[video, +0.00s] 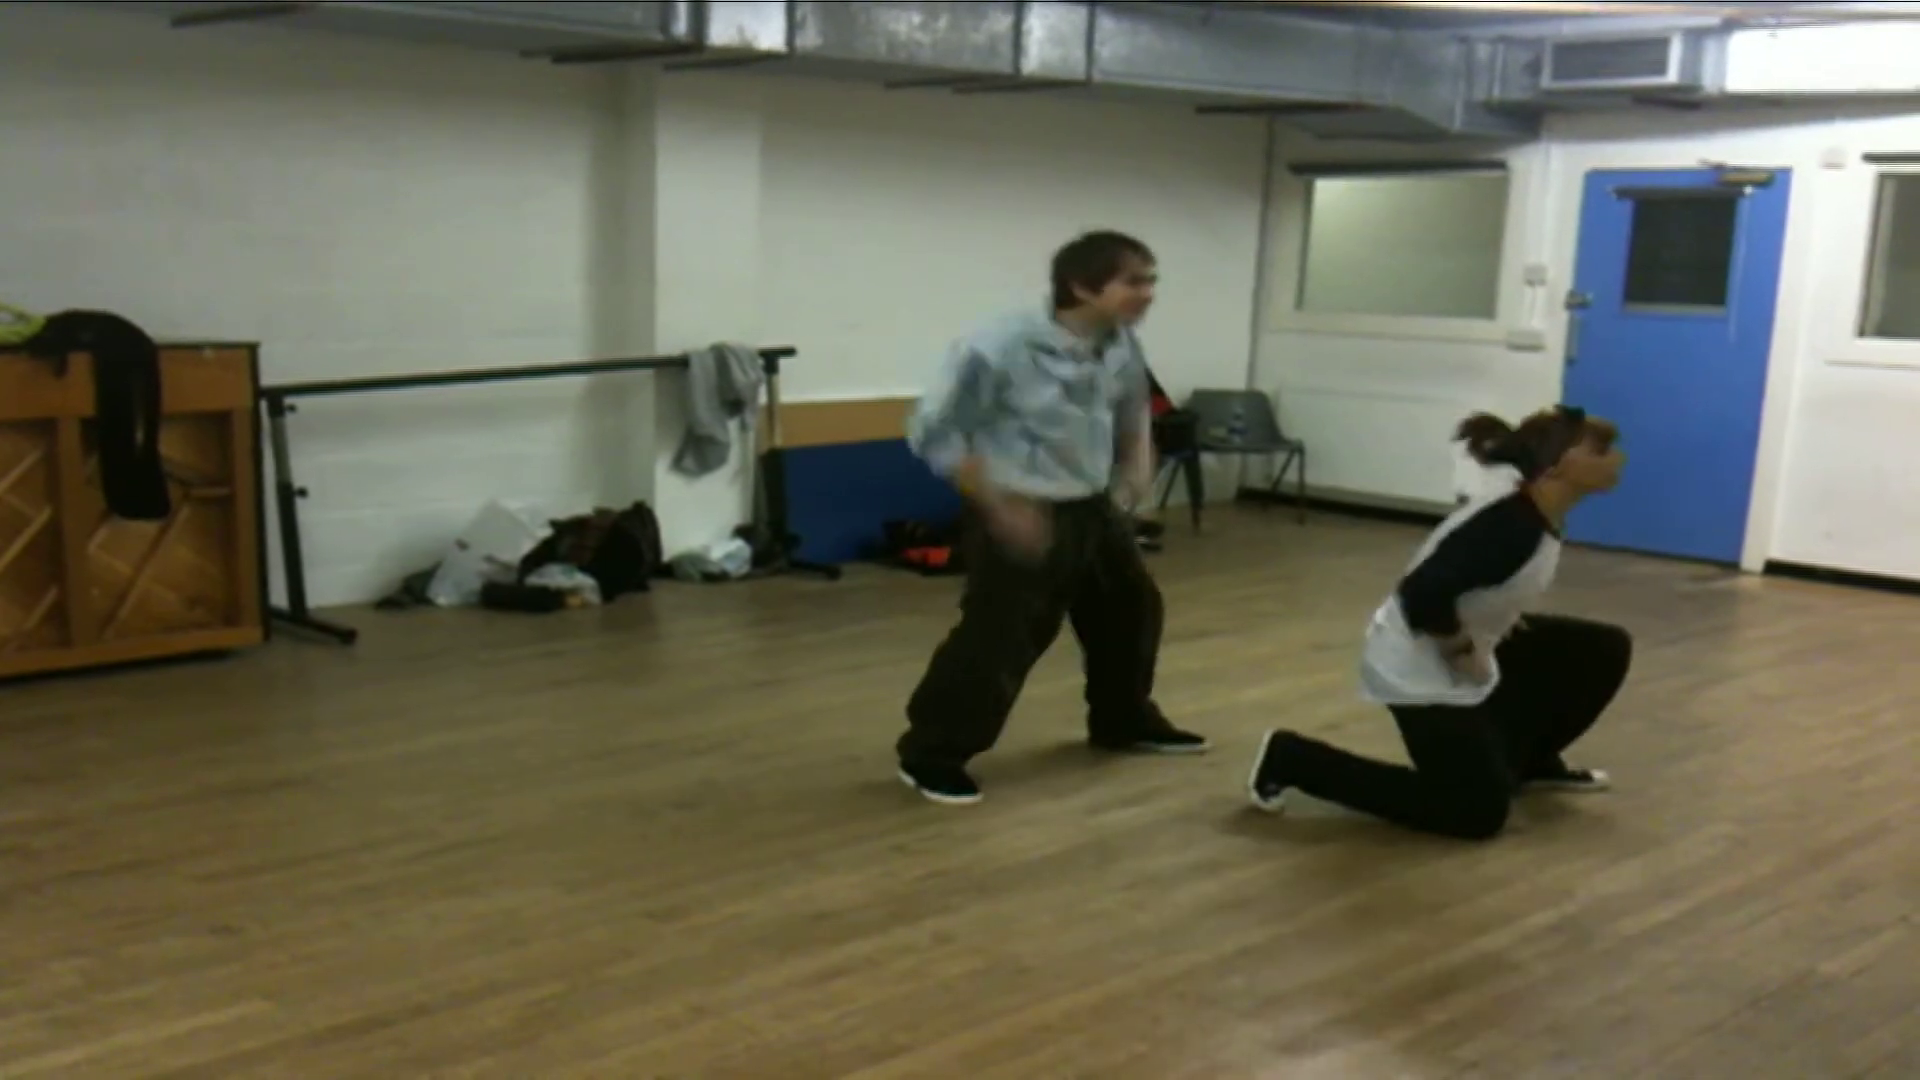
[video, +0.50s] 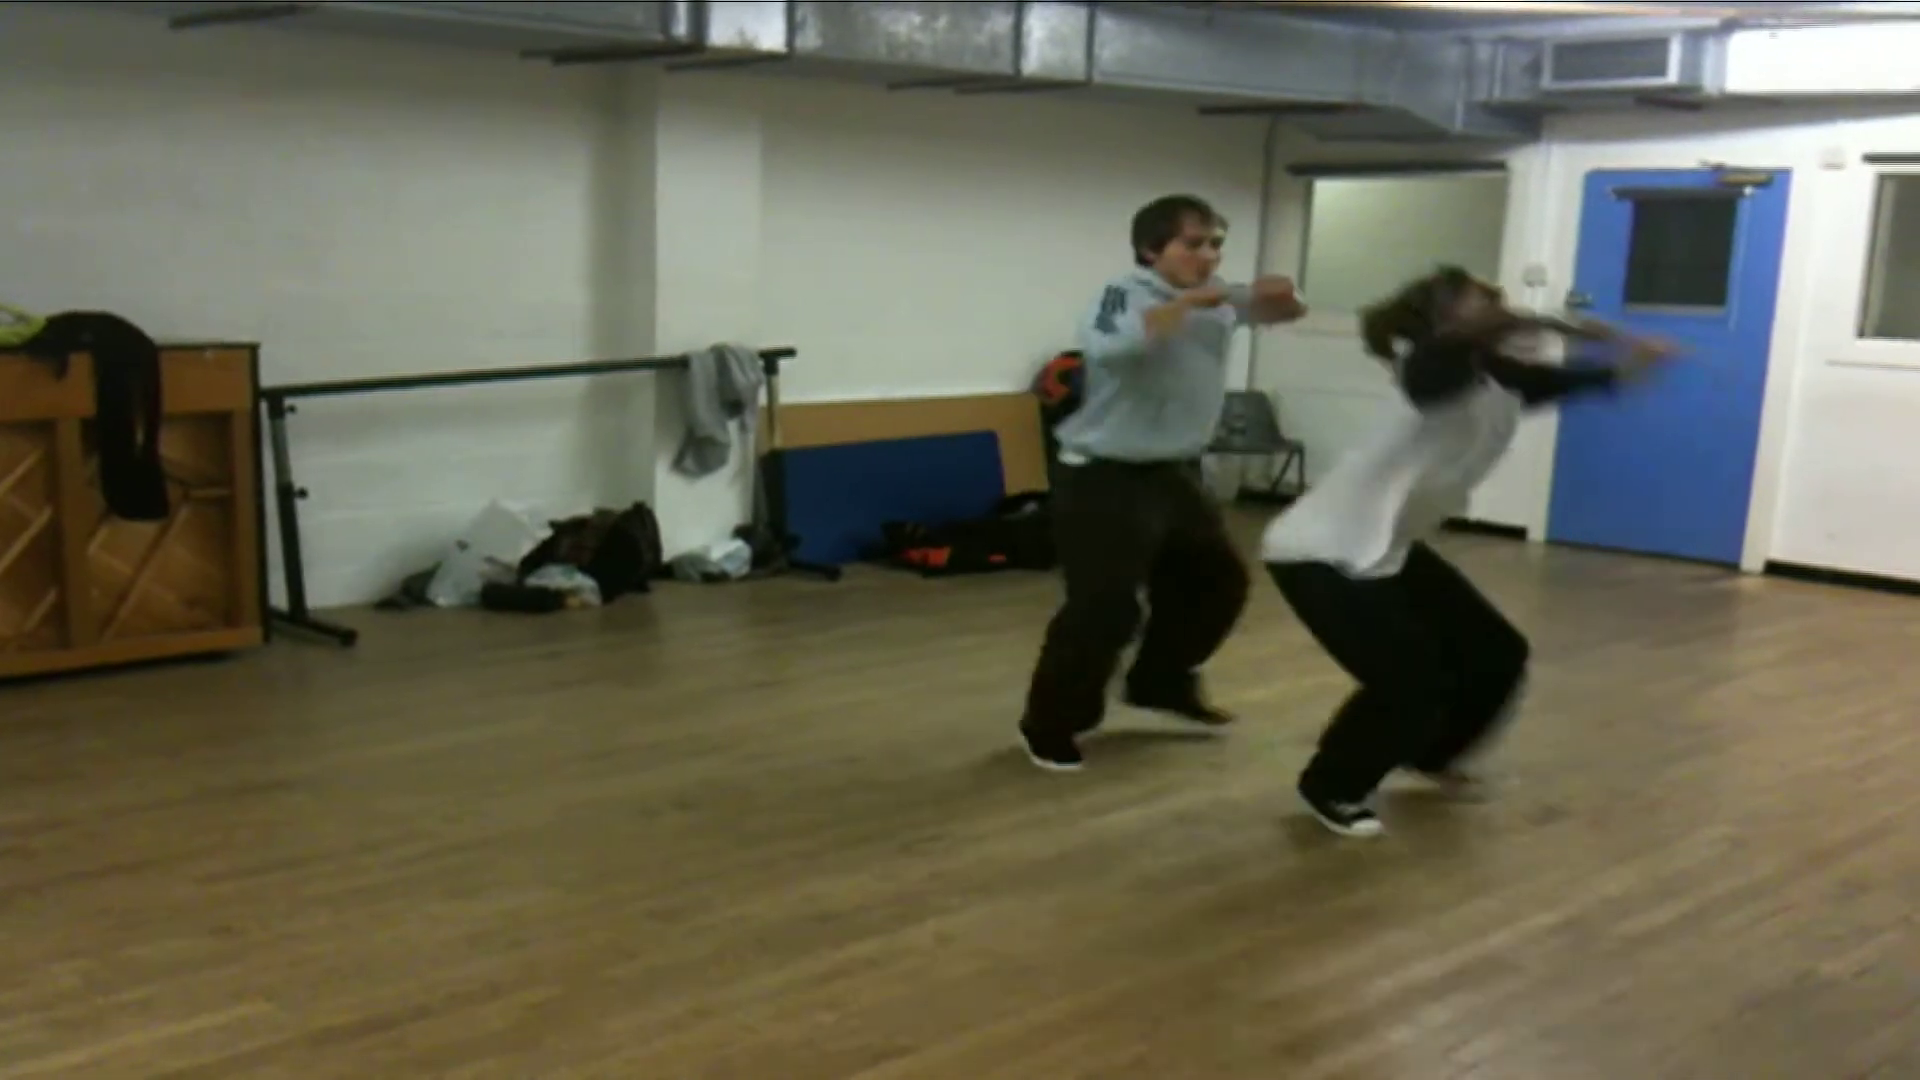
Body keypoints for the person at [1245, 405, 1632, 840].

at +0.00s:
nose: (1613, 453)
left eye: (1606, 444)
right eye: (1598, 448)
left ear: (1555, 471)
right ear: (1555, 471)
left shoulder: (1536, 512)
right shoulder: (1507, 526)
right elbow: (1422, 592)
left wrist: (1500, 620)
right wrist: (1458, 645)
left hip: (1476, 649)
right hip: (1420, 667)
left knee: (1604, 650)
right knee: (1474, 811)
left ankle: (1532, 760)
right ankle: (1293, 759)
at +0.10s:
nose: (1612, 439)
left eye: (1604, 430)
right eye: (1597, 436)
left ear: (1557, 463)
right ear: (1557, 464)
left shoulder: (1545, 495)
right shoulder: (1534, 505)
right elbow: (1461, 564)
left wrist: (1498, 617)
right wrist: (1480, 632)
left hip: (1480, 637)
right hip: (1427, 657)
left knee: (1609, 653)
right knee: (1470, 800)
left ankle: (1534, 760)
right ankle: (1284, 758)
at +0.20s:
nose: (1598, 407)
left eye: (1590, 397)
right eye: (1584, 400)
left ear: (1546, 420)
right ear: (1552, 418)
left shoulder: (1521, 461)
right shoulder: (1533, 479)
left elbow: (1513, 559)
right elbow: (1489, 574)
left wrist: (1562, 604)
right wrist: (1522, 646)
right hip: (1423, 635)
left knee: (1609, 654)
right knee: (1476, 767)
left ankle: (1532, 759)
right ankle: (1283, 758)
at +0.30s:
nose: (1572, 374)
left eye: (1566, 363)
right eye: (1556, 366)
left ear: (1527, 391)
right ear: (1520, 388)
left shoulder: (1533, 451)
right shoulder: (1497, 451)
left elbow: (1577, 531)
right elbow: (1569, 528)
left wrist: (1633, 575)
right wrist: (1636, 574)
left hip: (1469, 589)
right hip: (1402, 603)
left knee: (1587, 654)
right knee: (1490, 707)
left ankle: (1535, 760)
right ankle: (1314, 753)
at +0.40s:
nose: (1538, 346)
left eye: (1531, 336)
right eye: (1520, 338)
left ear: (1490, 361)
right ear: (1482, 357)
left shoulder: (1493, 411)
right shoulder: (1473, 415)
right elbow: (1574, 456)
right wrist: (1681, 461)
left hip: (1428, 570)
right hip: (1359, 577)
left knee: (1537, 657)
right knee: (1464, 675)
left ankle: (1530, 762)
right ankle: (1340, 787)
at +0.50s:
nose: (1498, 305)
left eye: (1492, 296)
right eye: (1479, 300)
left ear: (1495, 309)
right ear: (1445, 324)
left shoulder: (1505, 387)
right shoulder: (1432, 377)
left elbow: (1557, 382)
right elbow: (1431, 371)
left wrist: (1623, 370)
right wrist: (1491, 331)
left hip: (1386, 548)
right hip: (1317, 552)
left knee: (1496, 654)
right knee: (1413, 675)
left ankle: (1430, 753)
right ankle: (1330, 788)